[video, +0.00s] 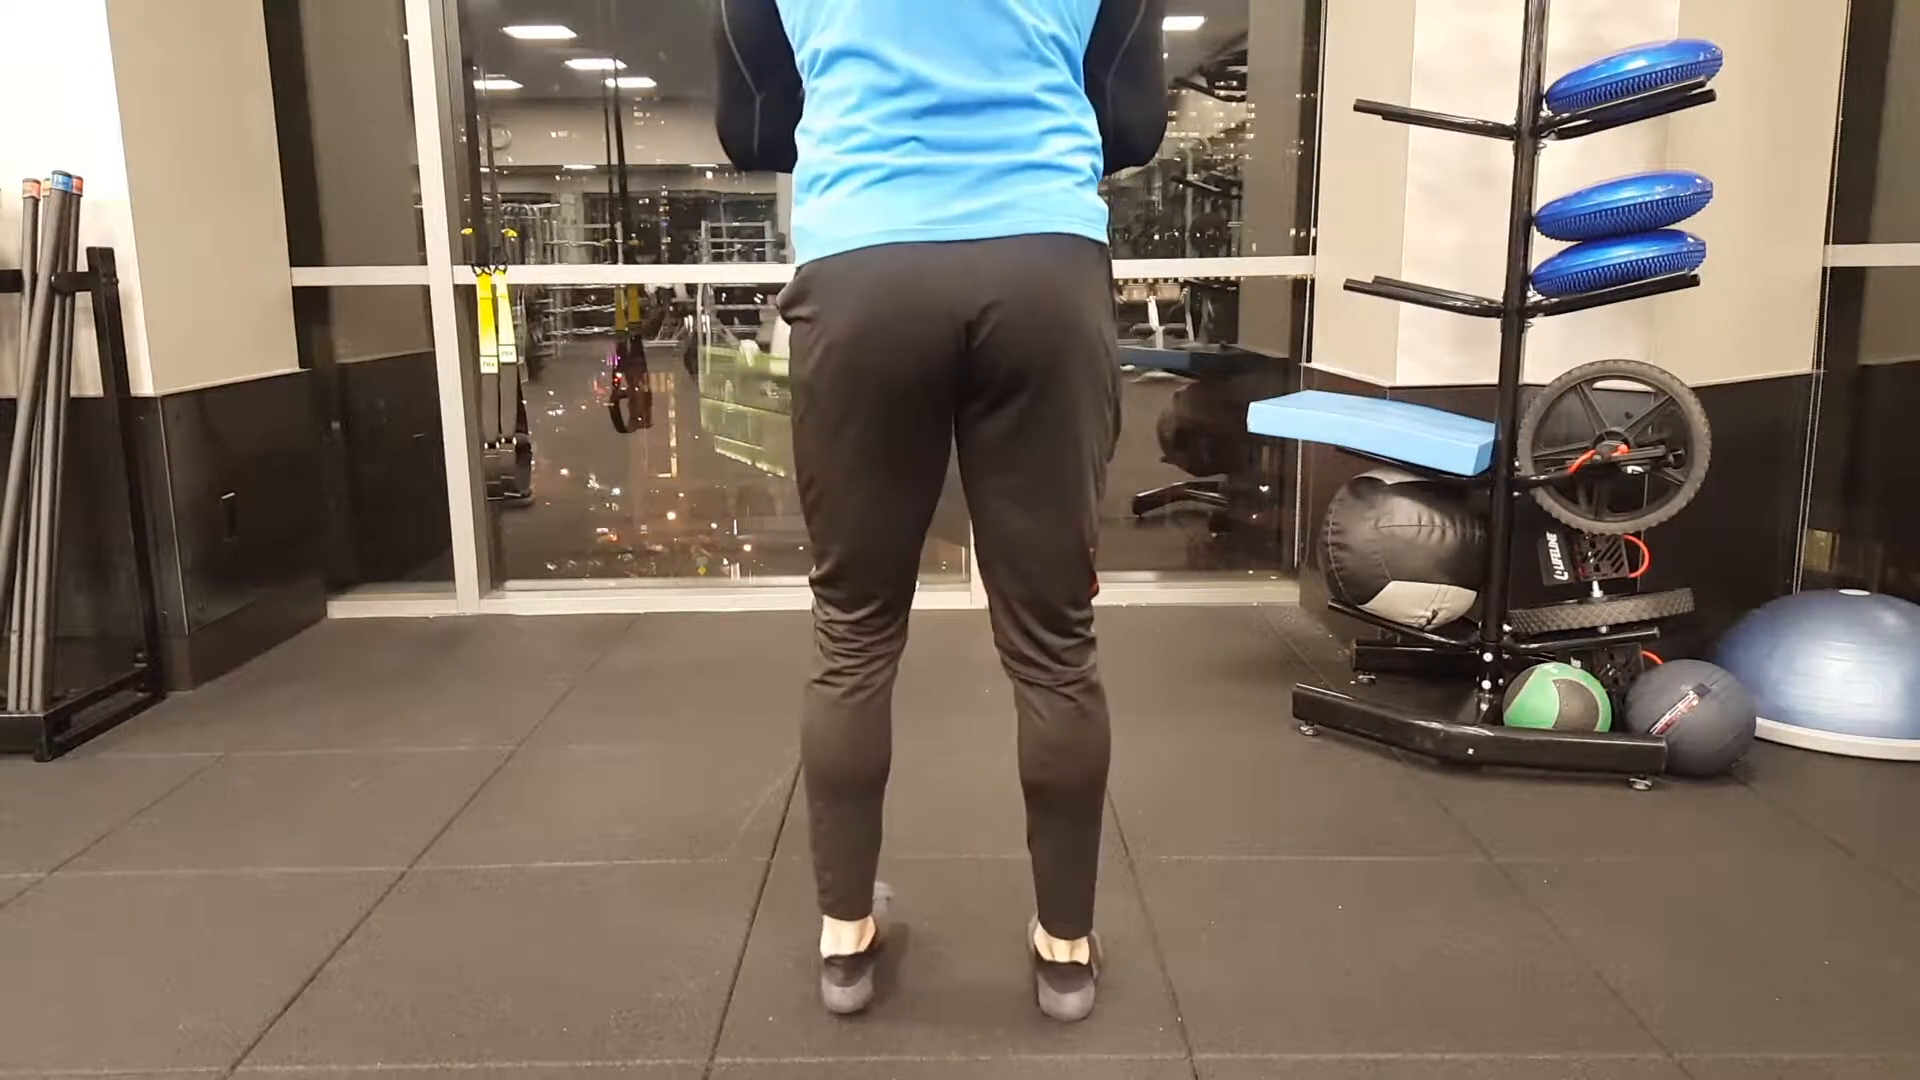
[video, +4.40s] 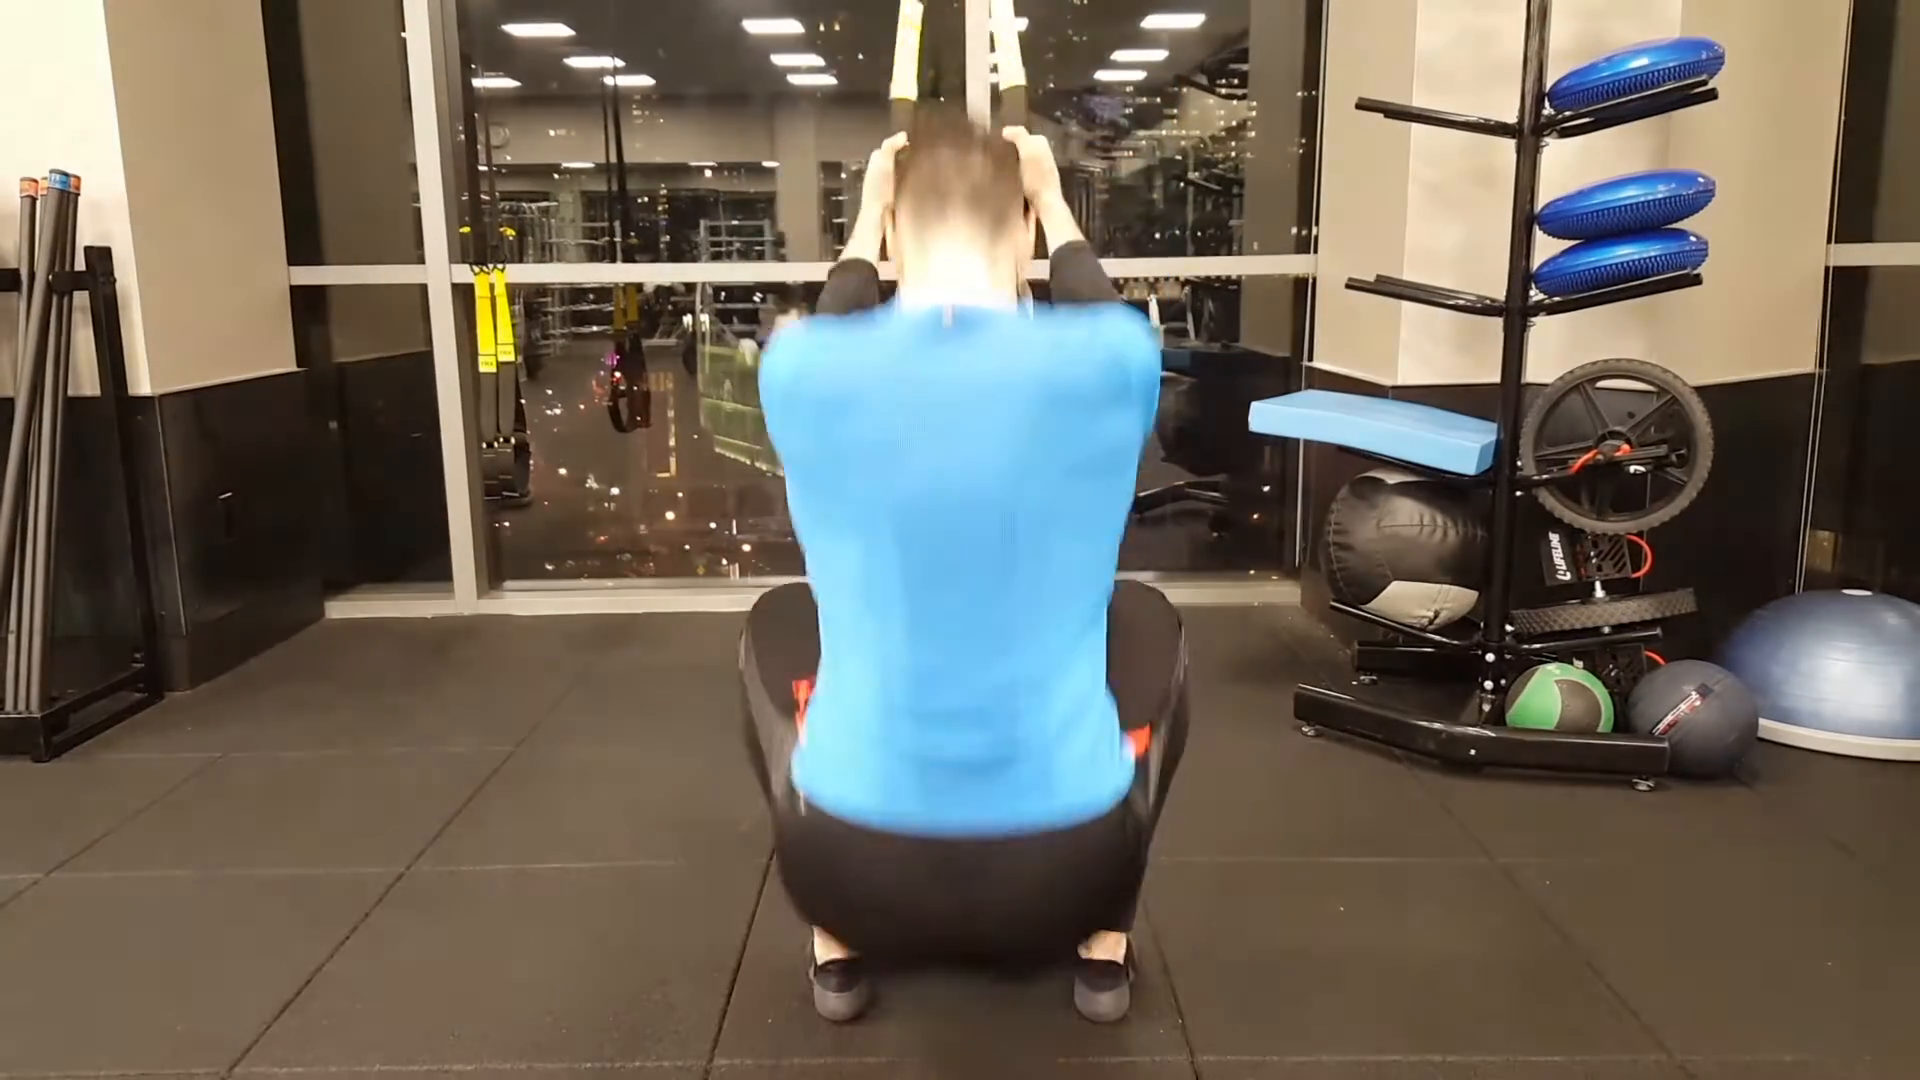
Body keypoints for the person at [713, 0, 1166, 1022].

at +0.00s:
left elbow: (753, 135)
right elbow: (1132, 128)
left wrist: (882, 117)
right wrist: (1004, 137)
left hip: (866, 268)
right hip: (1047, 260)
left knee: (854, 627)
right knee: (1052, 635)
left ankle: (845, 941)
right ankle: (1065, 954)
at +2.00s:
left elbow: (758, 119)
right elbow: (1149, 113)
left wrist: (880, 85)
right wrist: (1022, 93)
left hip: (866, 273)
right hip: (1046, 272)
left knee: (856, 642)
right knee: (1066, 631)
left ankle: (845, 952)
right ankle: (1102, 954)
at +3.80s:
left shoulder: (764, 9)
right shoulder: (1129, 9)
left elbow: (783, 229)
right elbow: (1128, 225)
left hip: (847, 410)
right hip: (1070, 409)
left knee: (820, 665)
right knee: (1104, 663)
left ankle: (836, 953)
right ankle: (1106, 955)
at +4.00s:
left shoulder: (775, 83)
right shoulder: (1128, 68)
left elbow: (780, 289)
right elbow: (1118, 286)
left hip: (843, 560)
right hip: (1076, 560)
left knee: (798, 671)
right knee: (1122, 666)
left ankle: (835, 951)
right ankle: (1106, 953)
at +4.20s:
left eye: (909, 79)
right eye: (1010, 78)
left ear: (885, 87)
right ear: (1025, 85)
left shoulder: (784, 220)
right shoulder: (1127, 207)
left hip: (850, 724)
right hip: (1062, 726)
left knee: (774, 612)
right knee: (1148, 613)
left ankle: (833, 947)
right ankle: (1107, 951)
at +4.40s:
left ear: (893, 234)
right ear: (1026, 234)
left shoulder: (800, 375)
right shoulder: (1113, 366)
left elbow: (827, 330)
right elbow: (1107, 316)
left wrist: (867, 230)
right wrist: (1055, 213)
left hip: (867, 885)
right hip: (1055, 884)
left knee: (777, 611)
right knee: (1144, 607)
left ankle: (833, 939)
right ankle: (1109, 938)